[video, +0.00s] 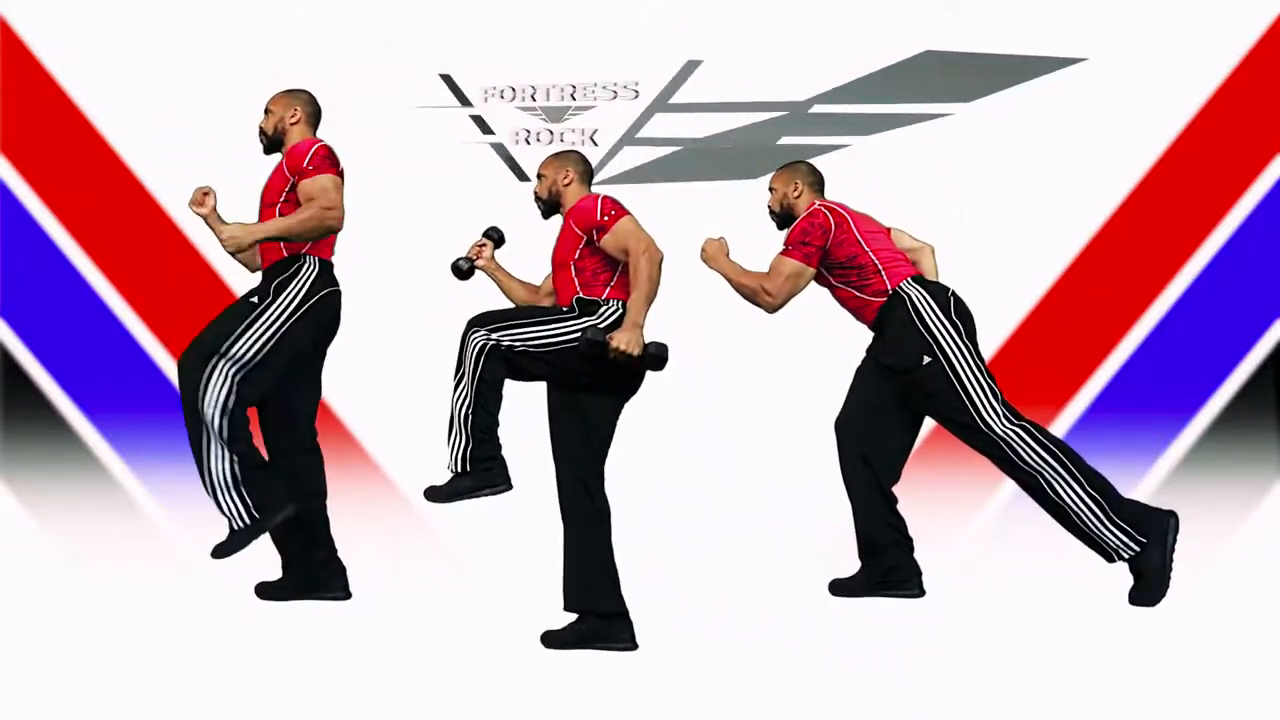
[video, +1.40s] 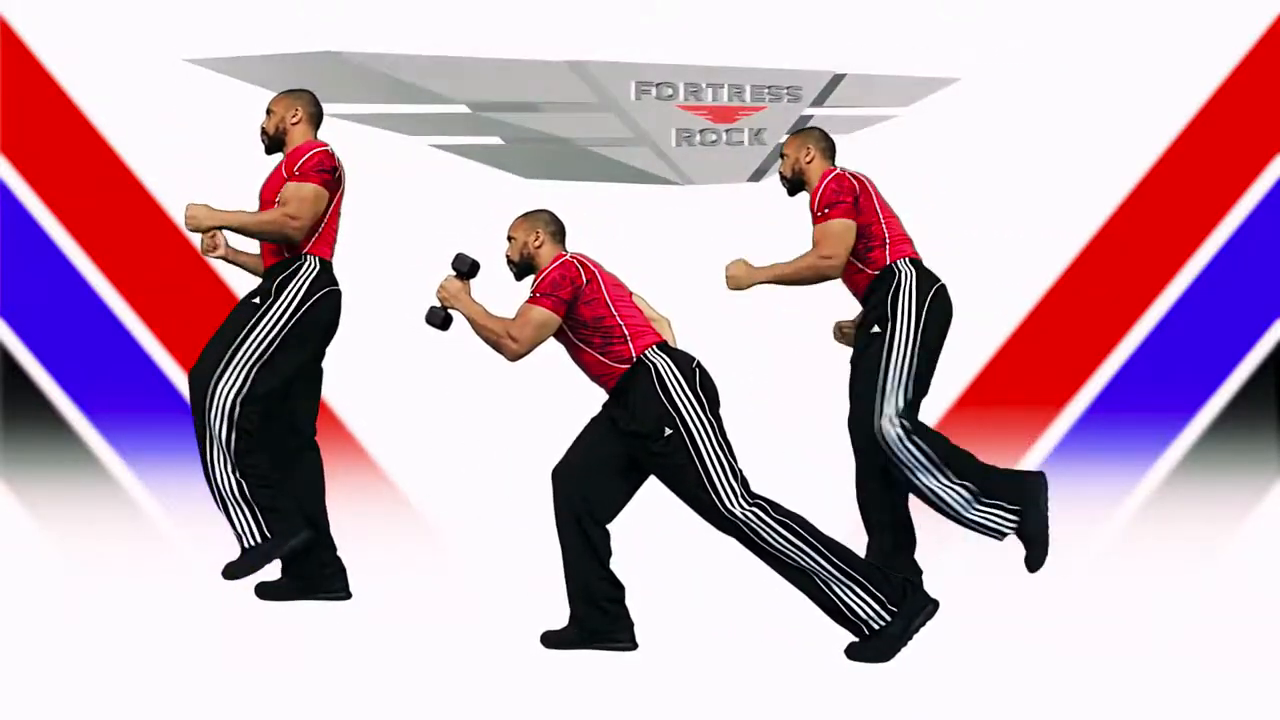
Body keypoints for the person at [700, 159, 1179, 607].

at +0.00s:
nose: (767, 199)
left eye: (774, 190)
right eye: (768, 191)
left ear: (802, 190)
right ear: (807, 193)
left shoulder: (815, 220)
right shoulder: (843, 222)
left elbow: (771, 295)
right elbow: (919, 250)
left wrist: (721, 265)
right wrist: (938, 317)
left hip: (918, 312)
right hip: (901, 327)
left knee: (998, 431)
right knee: (858, 438)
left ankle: (1139, 533)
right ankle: (890, 568)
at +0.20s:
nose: (769, 188)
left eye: (775, 178)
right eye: (769, 181)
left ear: (802, 176)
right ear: (807, 183)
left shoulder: (820, 207)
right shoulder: (846, 212)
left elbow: (790, 283)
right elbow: (915, 263)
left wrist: (731, 276)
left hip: (913, 306)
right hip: (892, 323)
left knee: (960, 434)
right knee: (861, 439)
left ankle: (1104, 527)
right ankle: (890, 568)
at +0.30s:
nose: (774, 179)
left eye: (779, 168)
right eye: (775, 171)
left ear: (803, 165)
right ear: (812, 168)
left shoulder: (826, 194)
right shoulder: (843, 201)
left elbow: (825, 268)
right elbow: (886, 277)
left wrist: (760, 294)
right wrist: (851, 322)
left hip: (913, 301)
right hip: (887, 317)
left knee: (906, 432)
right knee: (866, 435)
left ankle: (1034, 512)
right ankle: (890, 567)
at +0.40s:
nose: (784, 166)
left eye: (788, 156)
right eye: (784, 158)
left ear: (811, 154)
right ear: (816, 156)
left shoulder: (842, 183)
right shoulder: (834, 205)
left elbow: (867, 246)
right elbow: (867, 284)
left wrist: (817, 300)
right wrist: (807, 298)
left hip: (910, 291)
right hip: (901, 302)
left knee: (834, 393)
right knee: (880, 430)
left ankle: (916, 504)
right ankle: (889, 568)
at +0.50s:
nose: (793, 158)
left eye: (798, 148)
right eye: (793, 150)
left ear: (822, 144)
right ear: (823, 146)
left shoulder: (851, 172)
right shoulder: (843, 198)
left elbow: (899, 220)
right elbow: (824, 272)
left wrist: (887, 292)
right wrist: (770, 251)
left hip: (901, 288)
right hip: (905, 301)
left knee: (794, 339)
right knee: (883, 440)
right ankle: (892, 569)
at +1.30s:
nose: (789, 158)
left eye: (793, 147)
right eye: (788, 150)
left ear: (818, 144)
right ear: (822, 147)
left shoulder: (846, 174)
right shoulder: (834, 198)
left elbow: (874, 239)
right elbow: (853, 297)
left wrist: (824, 297)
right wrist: (801, 299)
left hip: (903, 284)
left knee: (814, 375)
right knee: (880, 442)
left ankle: (897, 487)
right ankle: (894, 589)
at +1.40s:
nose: (780, 166)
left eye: (784, 155)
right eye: (780, 159)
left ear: (809, 152)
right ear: (813, 155)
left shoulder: (836, 183)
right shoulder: (833, 195)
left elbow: (829, 258)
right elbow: (883, 271)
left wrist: (757, 274)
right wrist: (864, 324)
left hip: (907, 292)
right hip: (885, 309)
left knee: (888, 426)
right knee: (868, 440)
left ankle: (1016, 500)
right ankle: (895, 580)